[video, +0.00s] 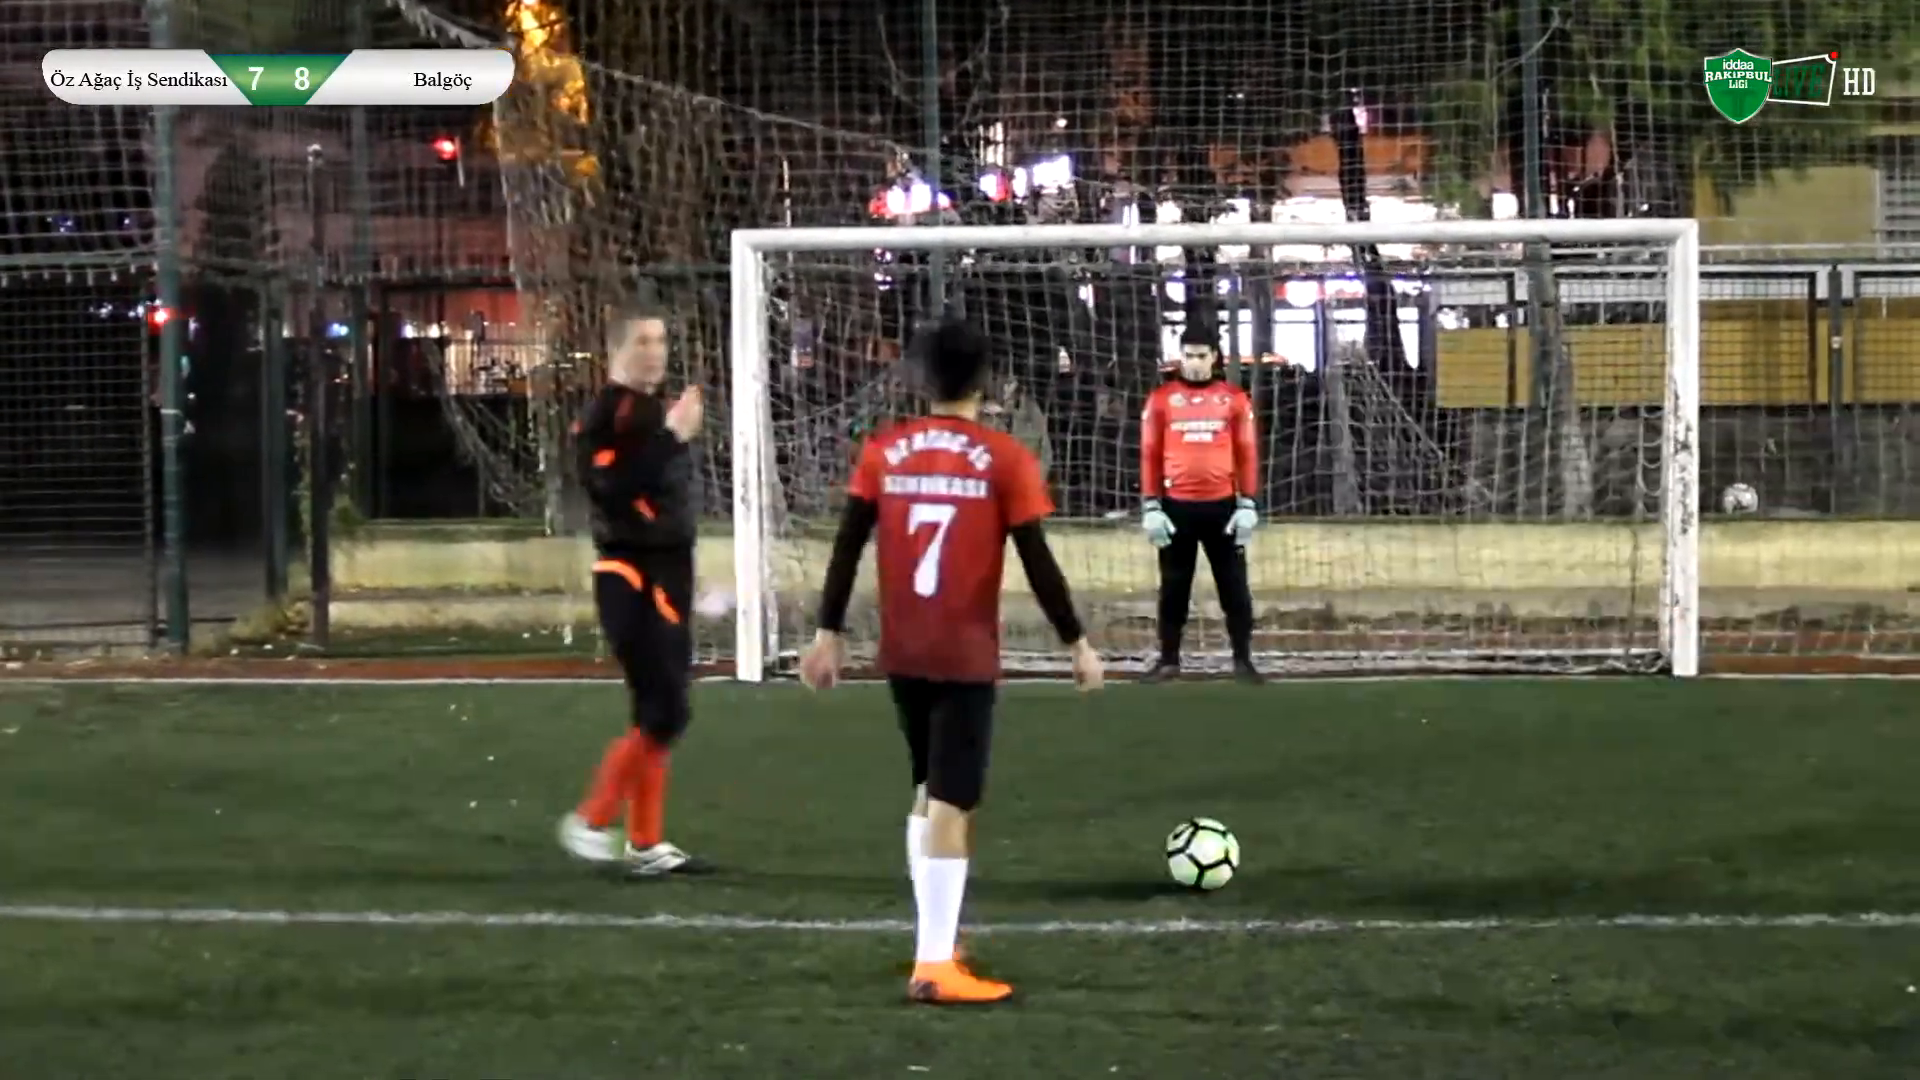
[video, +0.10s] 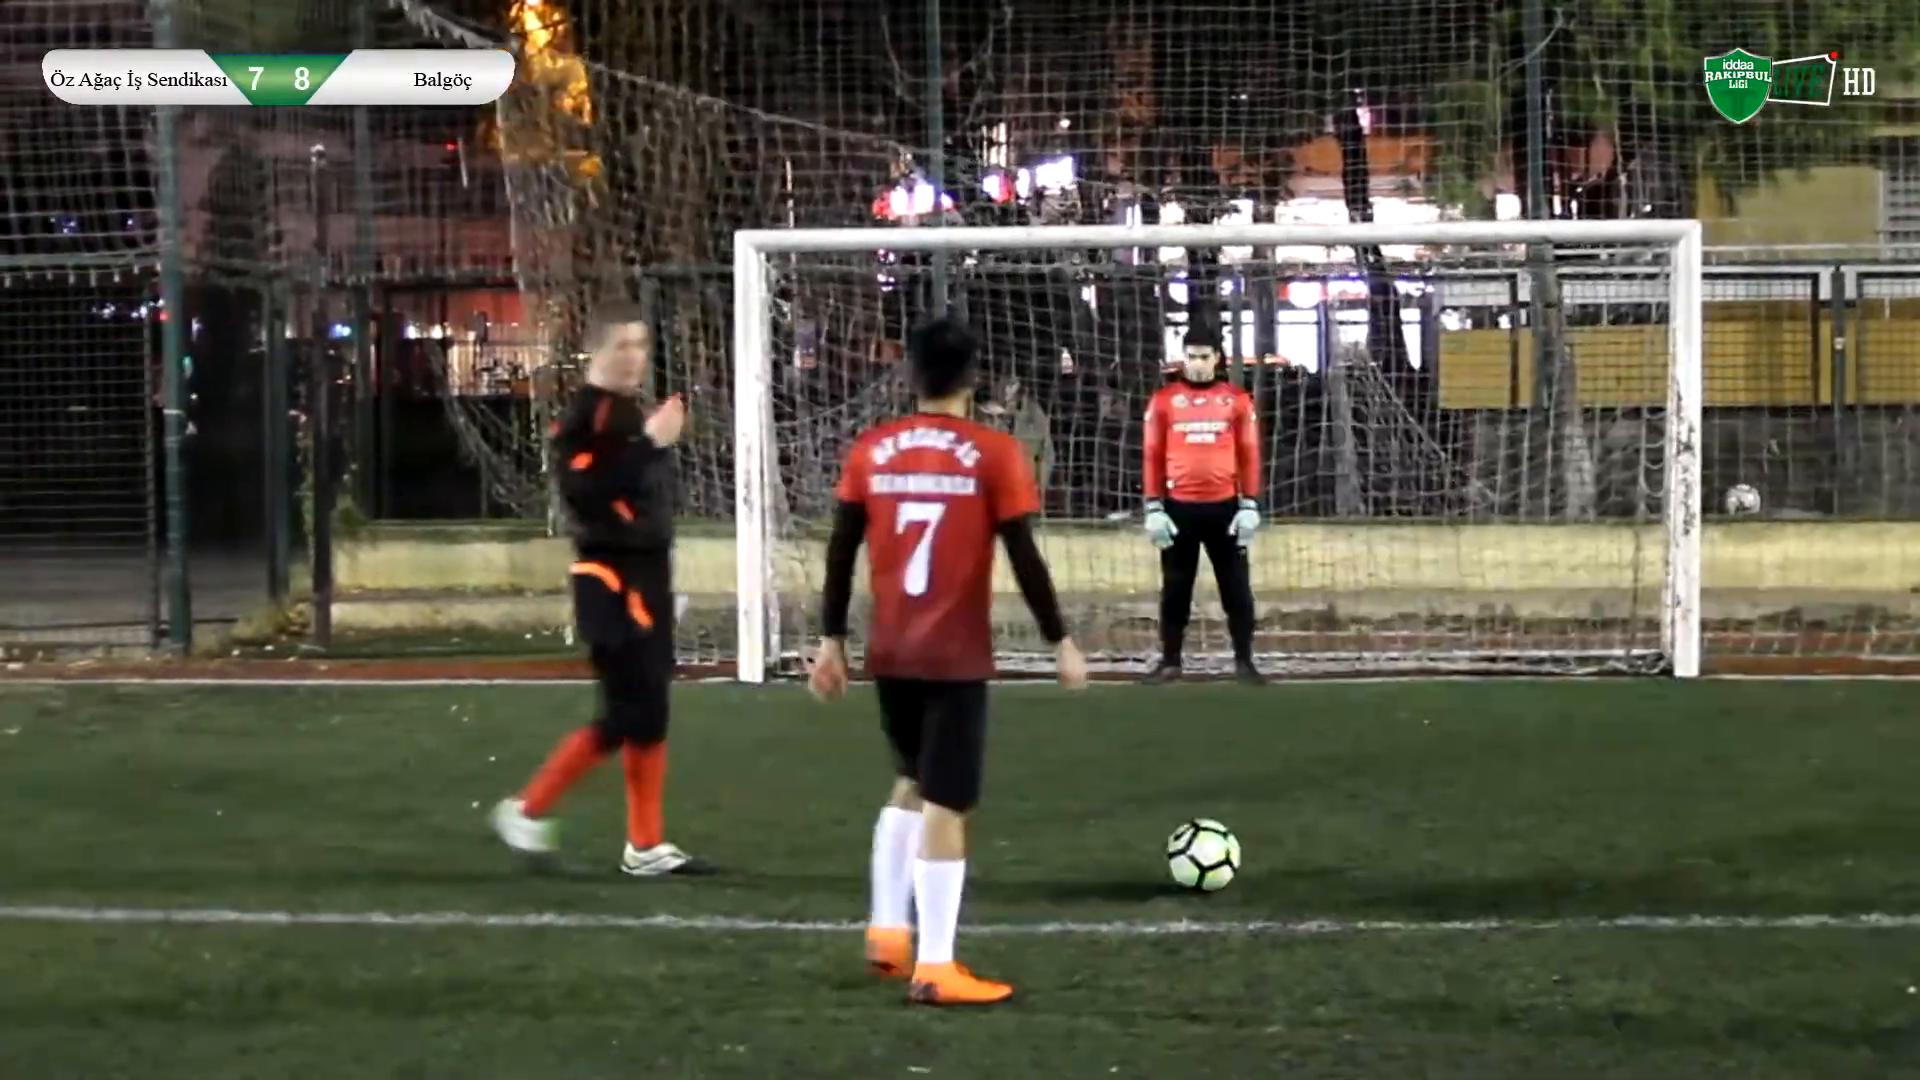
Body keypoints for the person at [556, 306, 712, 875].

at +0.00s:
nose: (657, 352)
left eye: (661, 341)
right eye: (645, 342)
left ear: (666, 349)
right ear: (620, 352)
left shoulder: (657, 412)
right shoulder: (609, 412)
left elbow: (678, 493)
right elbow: (616, 487)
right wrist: (673, 436)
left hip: (665, 570)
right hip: (629, 570)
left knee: (662, 711)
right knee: (662, 708)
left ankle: (645, 842)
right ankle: (590, 820)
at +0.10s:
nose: (635, 358)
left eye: (641, 347)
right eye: (623, 348)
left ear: (647, 355)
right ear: (595, 356)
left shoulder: (636, 416)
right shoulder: (582, 416)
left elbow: (652, 504)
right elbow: (585, 489)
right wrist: (652, 443)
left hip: (647, 575)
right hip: (607, 576)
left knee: (649, 710)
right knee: (629, 709)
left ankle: (645, 843)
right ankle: (524, 812)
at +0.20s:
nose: (619, 362)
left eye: (622, 350)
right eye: (607, 351)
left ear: (623, 360)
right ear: (578, 360)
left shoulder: (617, 417)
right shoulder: (569, 417)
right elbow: (570, 491)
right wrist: (632, 443)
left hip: (622, 575)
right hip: (588, 577)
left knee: (639, 708)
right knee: (586, 715)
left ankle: (645, 845)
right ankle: (486, 808)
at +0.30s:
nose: (597, 366)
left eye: (603, 355)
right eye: (585, 355)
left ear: (609, 361)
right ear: (559, 358)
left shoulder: (595, 418)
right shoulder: (545, 421)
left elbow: (599, 499)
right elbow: (545, 499)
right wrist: (612, 450)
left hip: (606, 580)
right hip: (565, 581)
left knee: (631, 709)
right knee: (555, 724)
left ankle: (644, 845)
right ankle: (458, 821)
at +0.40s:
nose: (581, 367)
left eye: (583, 356)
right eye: (568, 357)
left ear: (581, 364)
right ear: (538, 364)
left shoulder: (569, 428)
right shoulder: (522, 428)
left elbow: (561, 496)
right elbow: (517, 493)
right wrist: (589, 456)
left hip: (576, 588)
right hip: (539, 589)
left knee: (613, 714)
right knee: (522, 723)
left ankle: (638, 843)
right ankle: (444, 832)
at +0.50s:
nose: (550, 371)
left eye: (555, 360)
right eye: (538, 360)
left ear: (557, 366)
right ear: (508, 366)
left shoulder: (544, 428)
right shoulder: (497, 428)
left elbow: (540, 502)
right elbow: (493, 501)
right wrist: (570, 465)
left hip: (549, 586)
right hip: (510, 587)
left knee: (585, 712)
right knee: (497, 726)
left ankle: (628, 842)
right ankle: (432, 844)